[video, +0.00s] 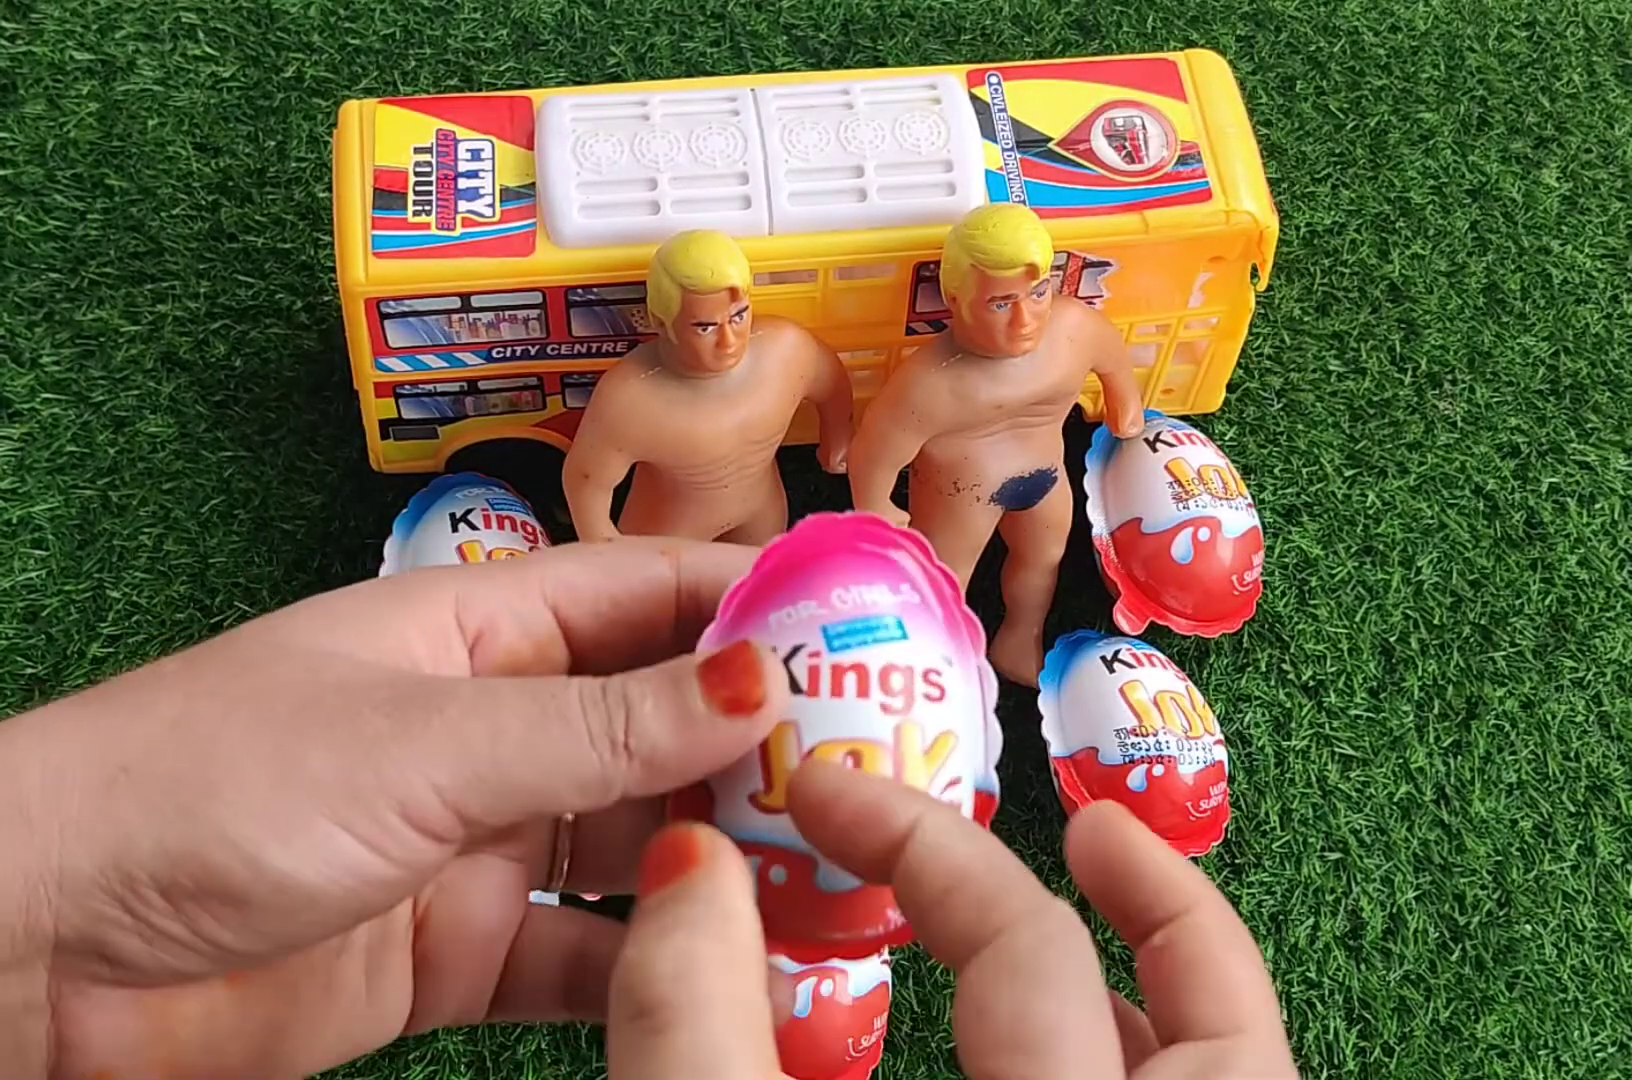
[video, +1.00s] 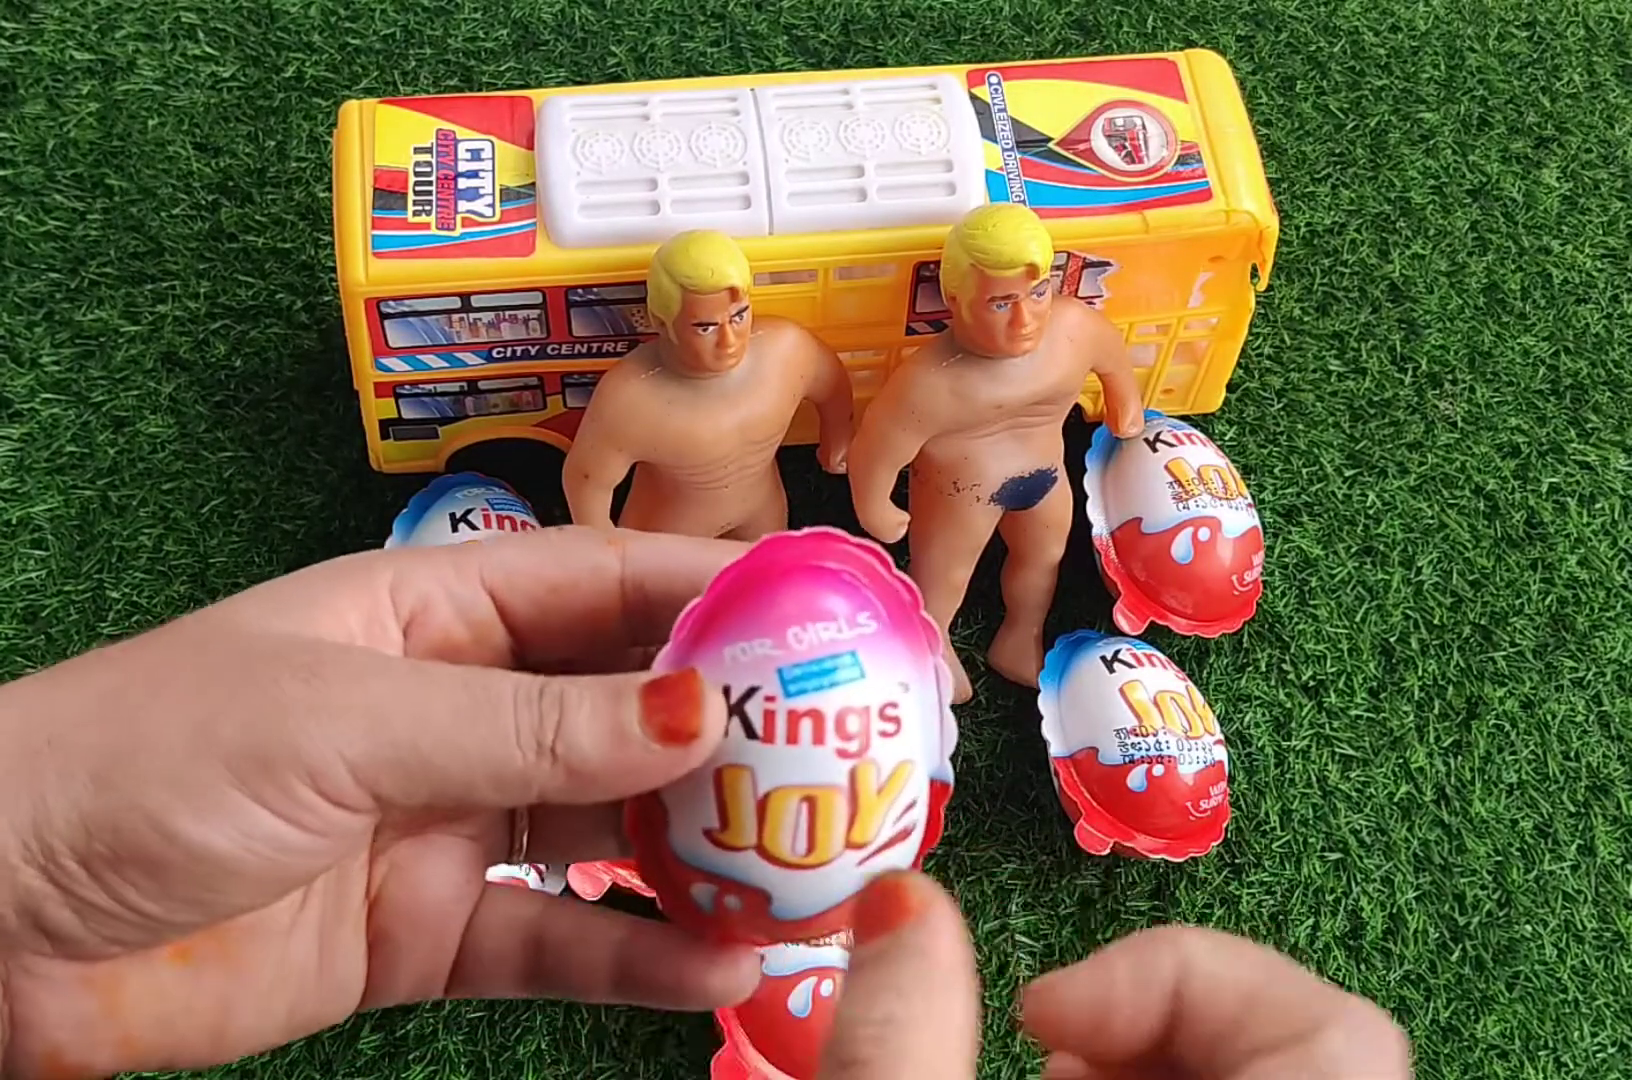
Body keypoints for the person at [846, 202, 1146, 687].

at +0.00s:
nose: (1025, 318)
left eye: (1037, 294)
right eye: (1000, 303)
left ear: (1050, 284)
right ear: (953, 303)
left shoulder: (1079, 327)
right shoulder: (927, 382)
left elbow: (1116, 364)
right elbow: (870, 460)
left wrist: (1127, 410)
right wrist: (878, 511)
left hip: (1045, 477)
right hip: (959, 491)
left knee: (1040, 564)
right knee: (943, 579)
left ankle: (1019, 644)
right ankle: (930, 654)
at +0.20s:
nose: (1025, 318)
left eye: (1037, 294)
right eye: (1000, 303)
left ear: (1050, 283)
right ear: (952, 303)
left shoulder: (1079, 327)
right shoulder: (926, 384)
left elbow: (1116, 364)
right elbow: (868, 474)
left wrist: (1127, 413)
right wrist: (881, 547)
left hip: (1045, 477)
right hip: (958, 491)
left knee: (1040, 564)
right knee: (944, 581)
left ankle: (1019, 645)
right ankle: (928, 655)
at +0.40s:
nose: (1025, 318)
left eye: (1037, 294)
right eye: (1000, 303)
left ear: (1050, 283)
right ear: (952, 303)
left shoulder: (1079, 327)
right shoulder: (926, 384)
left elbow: (1116, 365)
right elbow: (868, 474)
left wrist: (1127, 413)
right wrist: (880, 550)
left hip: (1045, 477)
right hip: (958, 491)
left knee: (1040, 564)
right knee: (945, 582)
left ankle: (1019, 644)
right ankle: (930, 655)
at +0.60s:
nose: (1024, 317)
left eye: (1037, 294)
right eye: (1000, 303)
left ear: (1051, 283)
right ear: (953, 304)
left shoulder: (1079, 328)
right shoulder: (927, 382)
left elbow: (1116, 364)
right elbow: (873, 454)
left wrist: (1127, 413)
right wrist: (876, 509)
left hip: (1045, 477)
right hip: (959, 491)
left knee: (1041, 564)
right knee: (942, 582)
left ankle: (1020, 644)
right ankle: (928, 658)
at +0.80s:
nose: (1025, 317)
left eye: (1037, 294)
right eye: (1000, 303)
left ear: (1050, 284)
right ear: (953, 303)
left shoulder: (1079, 327)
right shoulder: (926, 382)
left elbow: (1116, 364)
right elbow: (870, 461)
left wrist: (1127, 410)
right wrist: (878, 516)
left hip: (1045, 477)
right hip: (958, 492)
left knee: (1040, 564)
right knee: (941, 583)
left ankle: (1019, 644)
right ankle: (924, 663)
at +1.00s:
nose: (1024, 317)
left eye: (1036, 295)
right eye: (1000, 303)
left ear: (1050, 283)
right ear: (953, 302)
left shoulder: (1077, 327)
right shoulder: (926, 383)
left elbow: (1114, 360)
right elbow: (874, 452)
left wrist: (1126, 409)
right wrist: (876, 512)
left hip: (1045, 477)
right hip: (959, 492)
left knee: (1041, 561)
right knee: (943, 580)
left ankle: (1020, 643)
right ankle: (931, 650)